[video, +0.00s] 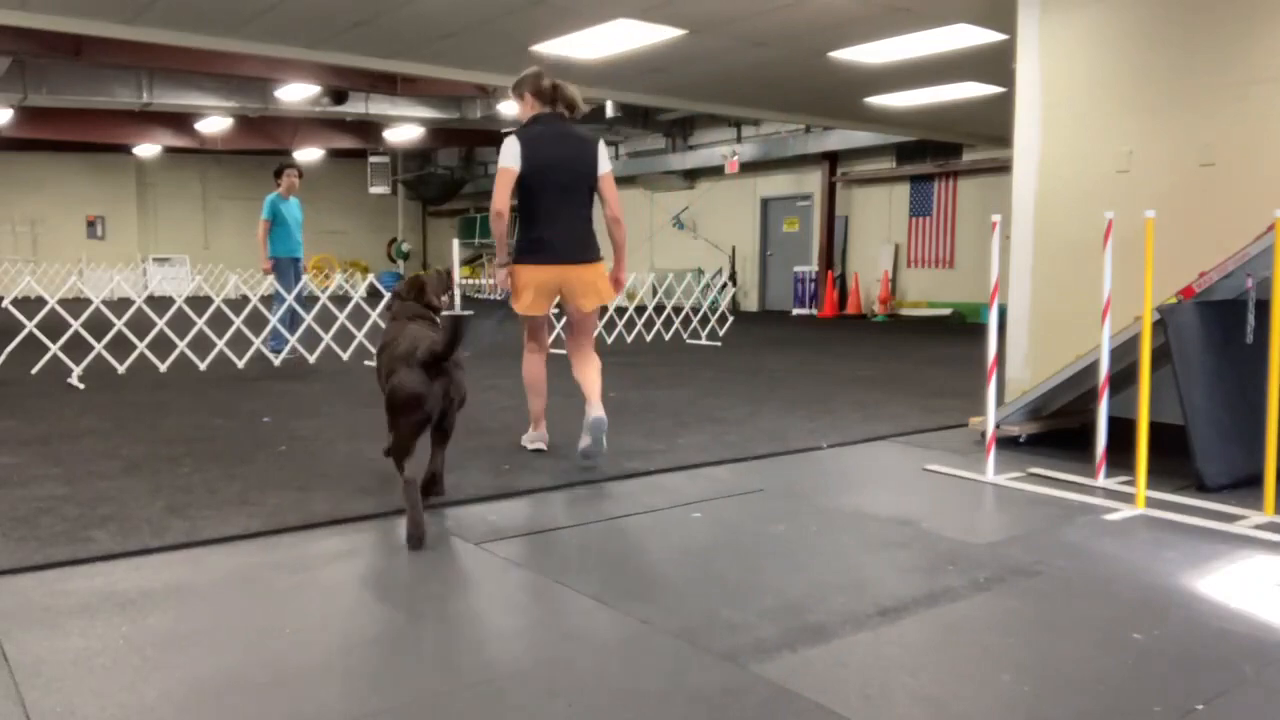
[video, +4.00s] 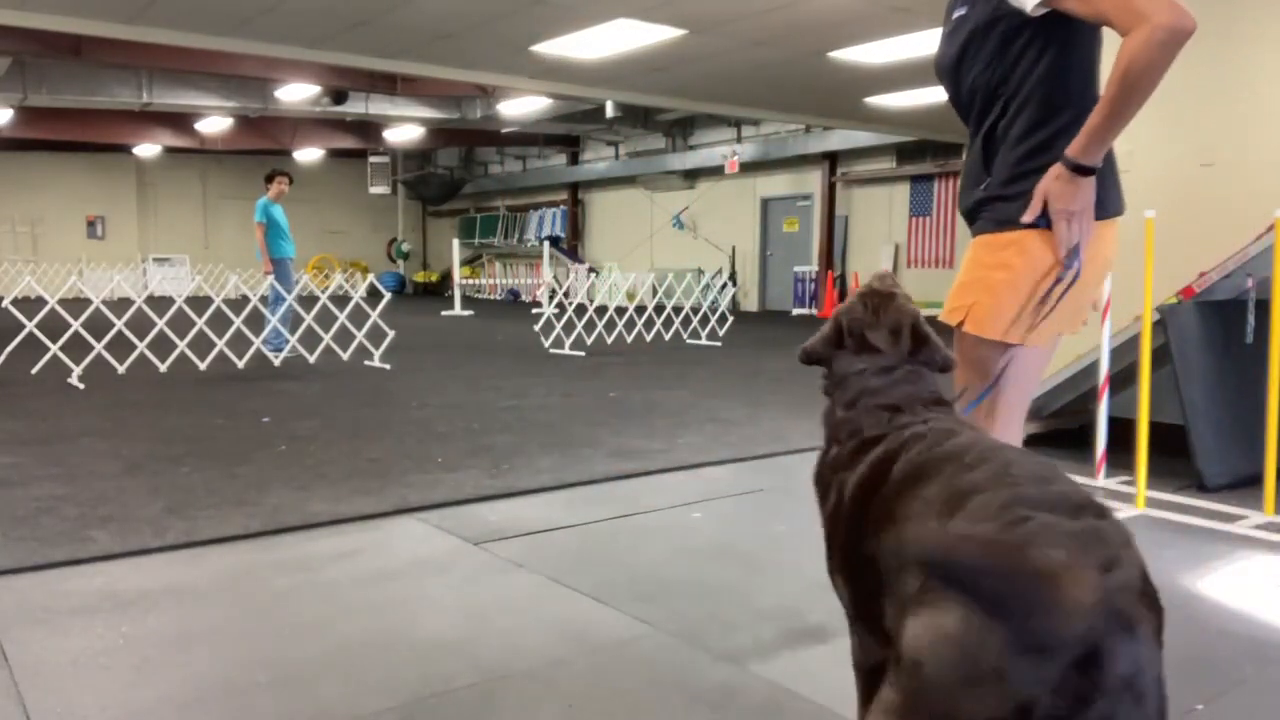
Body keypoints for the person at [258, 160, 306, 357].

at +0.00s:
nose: (294, 180)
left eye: (296, 176)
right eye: (289, 176)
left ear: (299, 180)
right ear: (280, 179)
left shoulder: (296, 202)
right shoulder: (272, 200)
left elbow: (298, 233)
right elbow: (263, 229)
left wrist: (302, 259)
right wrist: (264, 258)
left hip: (297, 256)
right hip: (280, 256)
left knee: (297, 299)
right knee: (284, 299)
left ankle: (290, 340)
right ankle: (276, 343)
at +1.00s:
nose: (285, 186)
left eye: (289, 183)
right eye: (282, 181)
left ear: (291, 187)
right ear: (272, 184)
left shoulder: (283, 206)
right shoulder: (264, 203)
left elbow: (283, 232)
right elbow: (257, 232)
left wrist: (290, 255)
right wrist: (259, 261)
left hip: (287, 256)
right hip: (275, 256)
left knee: (279, 299)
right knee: (284, 298)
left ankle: (274, 340)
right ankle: (277, 342)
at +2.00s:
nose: (276, 184)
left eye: (279, 181)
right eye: (272, 180)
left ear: (282, 186)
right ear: (263, 183)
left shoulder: (277, 206)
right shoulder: (256, 204)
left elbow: (280, 232)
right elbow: (251, 235)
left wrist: (286, 254)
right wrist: (256, 263)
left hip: (284, 255)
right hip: (271, 256)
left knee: (282, 299)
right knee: (281, 298)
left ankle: (277, 341)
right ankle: (275, 343)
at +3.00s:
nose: (280, 185)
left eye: (283, 182)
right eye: (276, 181)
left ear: (286, 186)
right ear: (267, 184)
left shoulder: (276, 206)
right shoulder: (260, 204)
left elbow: (280, 232)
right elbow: (258, 233)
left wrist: (287, 256)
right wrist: (264, 261)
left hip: (285, 256)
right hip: (276, 257)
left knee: (278, 299)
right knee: (283, 298)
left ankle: (275, 341)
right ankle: (276, 343)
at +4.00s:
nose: (284, 188)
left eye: (286, 184)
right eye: (280, 183)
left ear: (288, 188)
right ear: (270, 185)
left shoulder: (278, 207)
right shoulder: (262, 204)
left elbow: (280, 233)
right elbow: (260, 233)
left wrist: (288, 256)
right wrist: (266, 261)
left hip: (286, 256)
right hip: (277, 257)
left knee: (276, 299)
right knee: (286, 298)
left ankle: (272, 340)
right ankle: (277, 341)